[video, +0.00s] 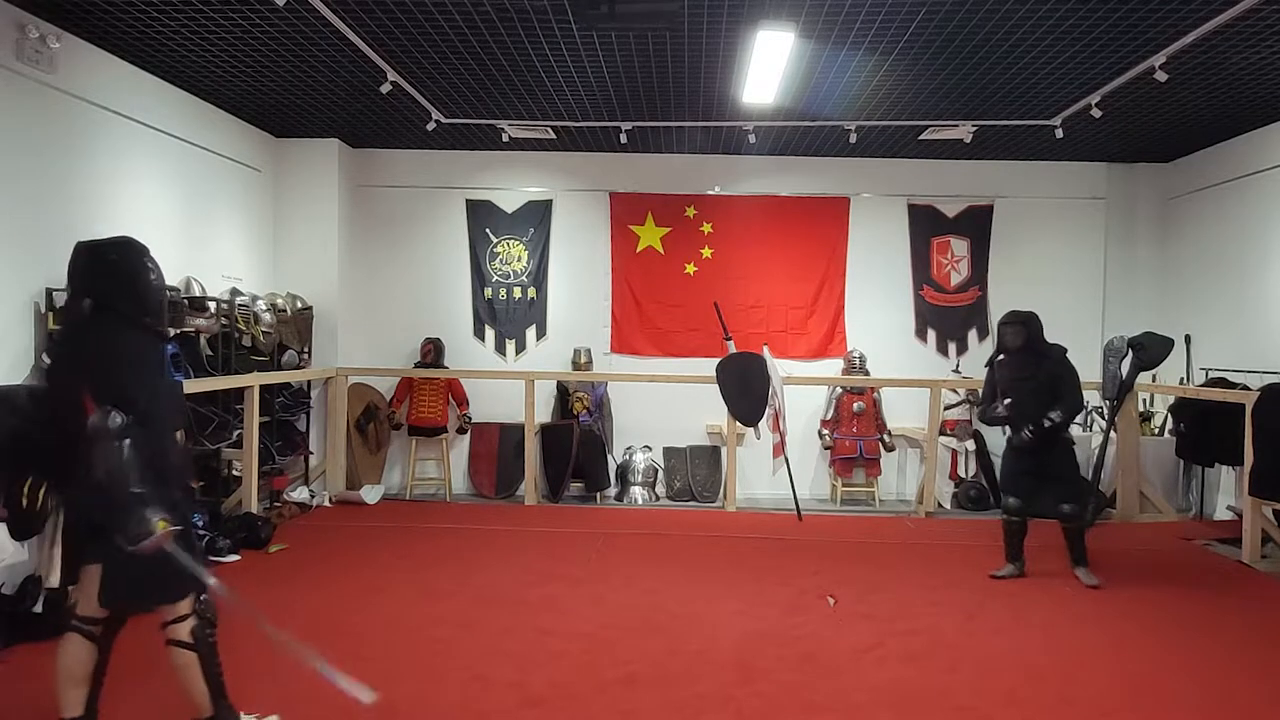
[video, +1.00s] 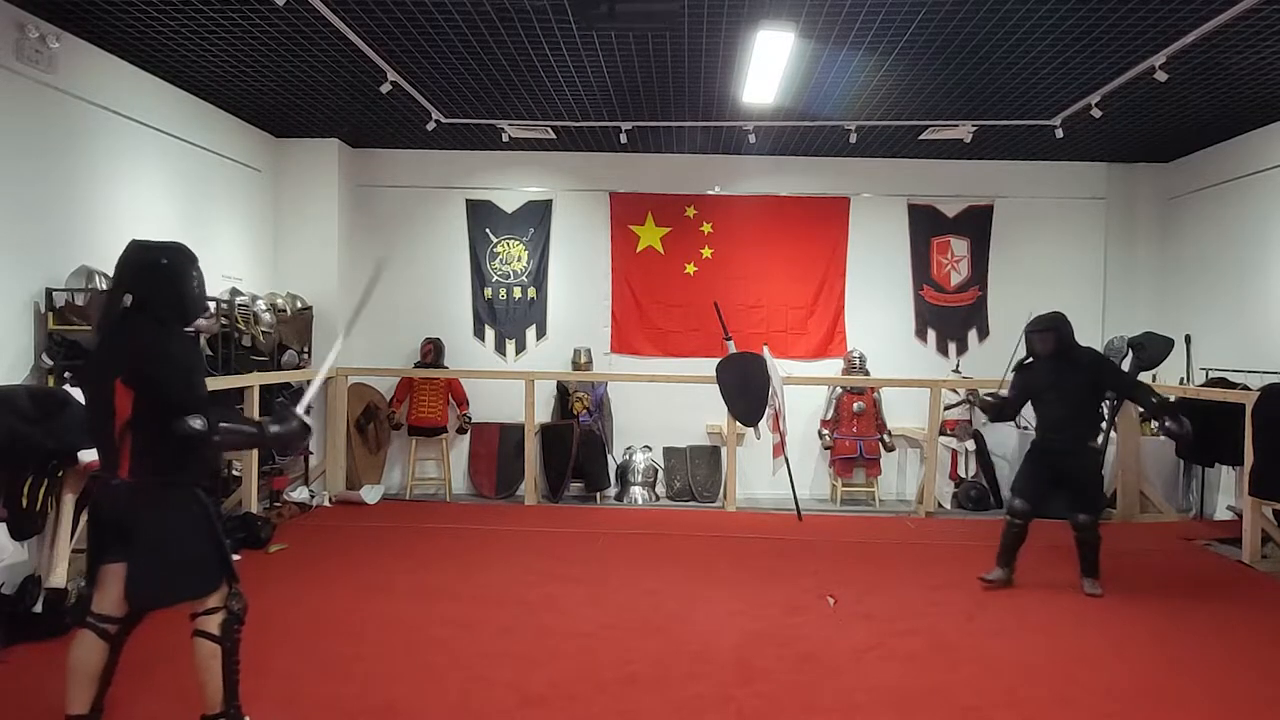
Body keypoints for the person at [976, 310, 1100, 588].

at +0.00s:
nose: (1011, 337)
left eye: (1016, 331)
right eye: (1006, 331)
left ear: (1030, 332)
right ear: (1000, 335)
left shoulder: (1054, 358)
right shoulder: (998, 366)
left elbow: (1074, 401)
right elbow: (984, 412)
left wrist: (1040, 428)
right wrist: (997, 412)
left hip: (1055, 444)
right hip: (1018, 444)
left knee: (1070, 505)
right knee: (1012, 503)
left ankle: (1080, 565)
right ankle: (1014, 563)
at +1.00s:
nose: (1039, 343)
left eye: (1045, 336)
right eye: (1034, 337)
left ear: (1060, 336)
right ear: (1029, 340)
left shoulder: (1089, 361)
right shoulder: (1028, 373)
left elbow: (1130, 387)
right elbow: (1008, 410)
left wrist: (1164, 411)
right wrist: (983, 404)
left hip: (1083, 451)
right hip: (1043, 449)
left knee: (1084, 517)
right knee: (1018, 507)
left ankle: (1090, 577)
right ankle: (1004, 569)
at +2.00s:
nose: (952, 348)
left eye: (959, 340)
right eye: (947, 341)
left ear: (976, 341)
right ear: (942, 344)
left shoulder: (1005, 370)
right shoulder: (943, 382)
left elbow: (1050, 388)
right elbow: (928, 428)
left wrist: (1097, 398)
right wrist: (908, 464)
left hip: (1000, 466)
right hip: (959, 466)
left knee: (1015, 537)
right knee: (933, 524)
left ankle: (1031, 584)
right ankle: (910, 587)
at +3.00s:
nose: (896, 375)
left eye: (903, 368)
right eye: (893, 369)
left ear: (921, 368)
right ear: (893, 372)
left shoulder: (954, 390)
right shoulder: (893, 402)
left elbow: (999, 388)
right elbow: (858, 421)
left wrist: (1042, 374)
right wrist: (818, 421)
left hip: (969, 478)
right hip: (929, 478)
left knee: (1000, 544)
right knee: (897, 529)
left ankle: (1028, 571)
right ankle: (897, 595)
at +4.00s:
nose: (1007, 357)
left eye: (1012, 350)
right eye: (1004, 351)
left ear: (1029, 350)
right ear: (1003, 353)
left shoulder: (1063, 374)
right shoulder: (1005, 387)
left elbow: (1101, 380)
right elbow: (991, 424)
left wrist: (1131, 378)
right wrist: (965, 418)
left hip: (1064, 461)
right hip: (1025, 460)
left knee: (1071, 526)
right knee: (1002, 516)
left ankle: (1083, 569)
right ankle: (985, 572)